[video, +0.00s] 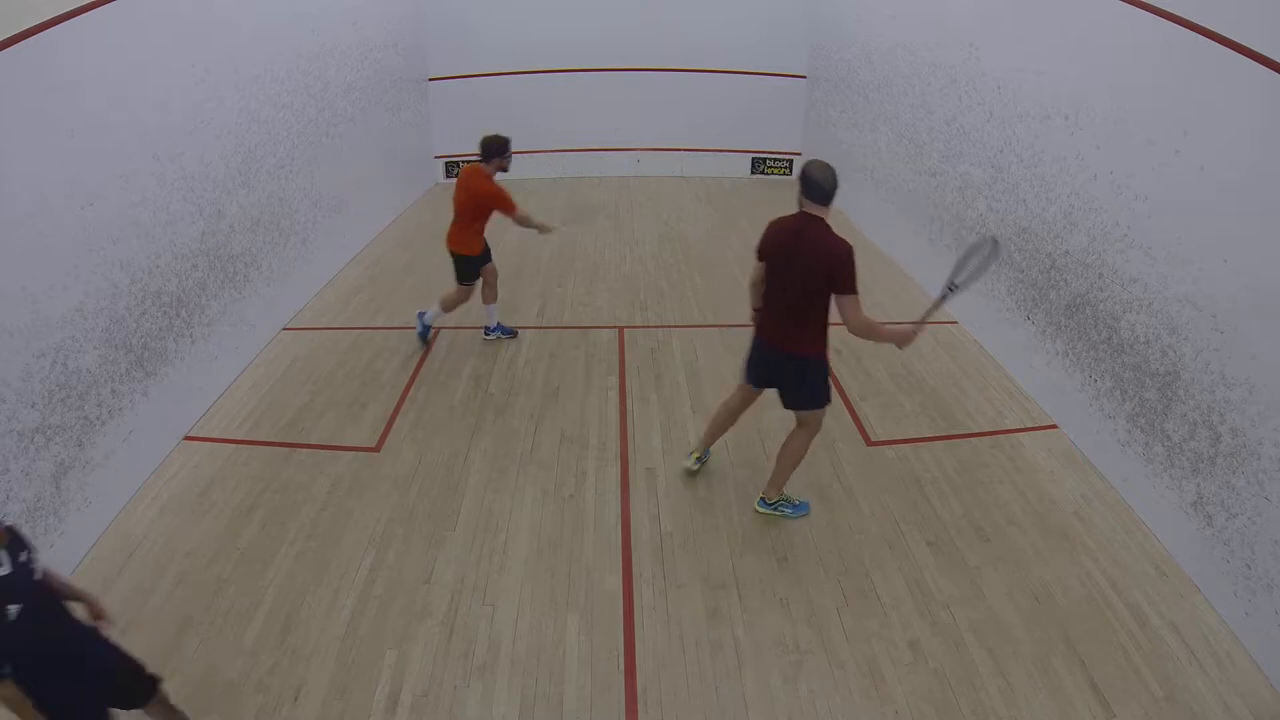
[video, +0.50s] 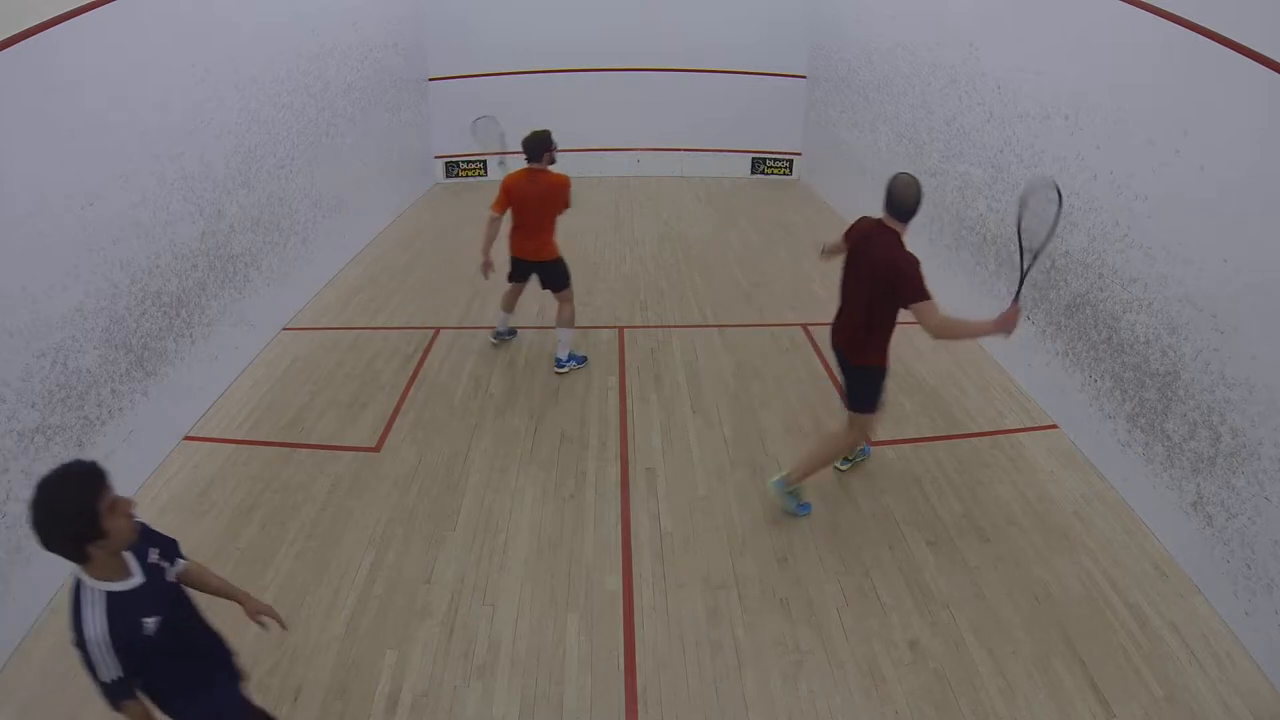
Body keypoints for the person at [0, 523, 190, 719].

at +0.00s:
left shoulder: (9, 537)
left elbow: (38, 575)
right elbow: (5, 685)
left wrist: (85, 598)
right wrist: (33, 714)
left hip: (76, 642)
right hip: (43, 679)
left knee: (148, 693)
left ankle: (176, 714)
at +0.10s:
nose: (16, 512)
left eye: (9, 502)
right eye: (3, 510)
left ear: (12, 496)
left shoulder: (29, 528)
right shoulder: (3, 592)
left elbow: (68, 564)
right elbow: (14, 670)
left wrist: (123, 589)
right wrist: (53, 714)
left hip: (108, 638)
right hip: (81, 681)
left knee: (164, 700)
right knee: (146, 714)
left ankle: (173, 712)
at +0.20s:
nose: (39, 502)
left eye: (30, 492)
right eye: (23, 504)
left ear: (30, 485)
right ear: (3, 524)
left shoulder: (51, 522)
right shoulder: (7, 599)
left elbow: (94, 555)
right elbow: (36, 674)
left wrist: (154, 582)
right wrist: (74, 716)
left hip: (136, 647)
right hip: (110, 688)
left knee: (174, 707)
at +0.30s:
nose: (68, 499)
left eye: (59, 490)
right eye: (53, 502)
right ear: (28, 530)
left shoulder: (76, 522)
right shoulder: (31, 607)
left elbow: (128, 554)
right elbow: (62, 682)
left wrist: (186, 580)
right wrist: (94, 718)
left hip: (156, 646)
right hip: (130, 688)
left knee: (178, 693)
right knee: (193, 714)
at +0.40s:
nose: (98, 500)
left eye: (87, 492)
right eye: (82, 503)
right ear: (60, 538)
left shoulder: (106, 530)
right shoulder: (64, 617)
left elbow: (157, 559)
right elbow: (88, 690)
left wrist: (216, 585)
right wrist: (122, 717)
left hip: (183, 653)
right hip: (166, 695)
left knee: (202, 702)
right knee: (228, 713)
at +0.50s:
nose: (129, 504)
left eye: (116, 497)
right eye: (113, 508)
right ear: (93, 545)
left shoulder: (134, 537)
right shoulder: (96, 626)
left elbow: (181, 568)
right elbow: (126, 701)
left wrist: (244, 598)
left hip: (217, 659)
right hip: (200, 701)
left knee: (242, 705)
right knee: (257, 715)